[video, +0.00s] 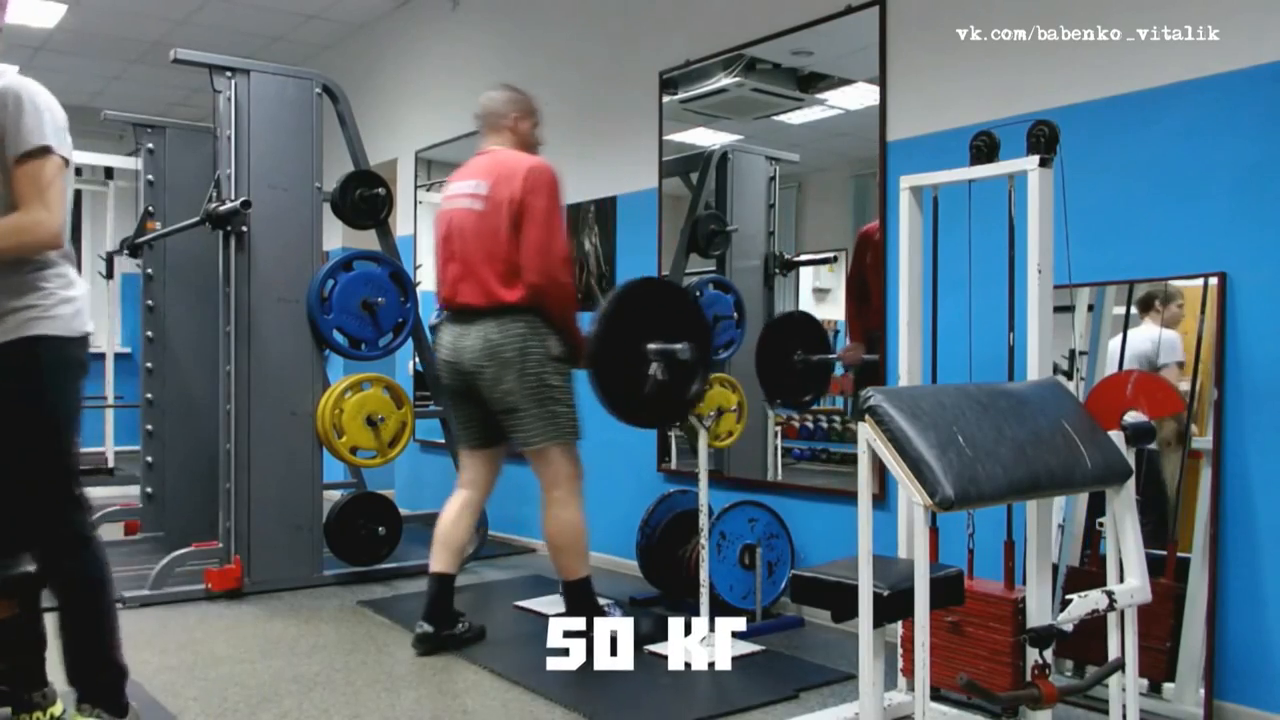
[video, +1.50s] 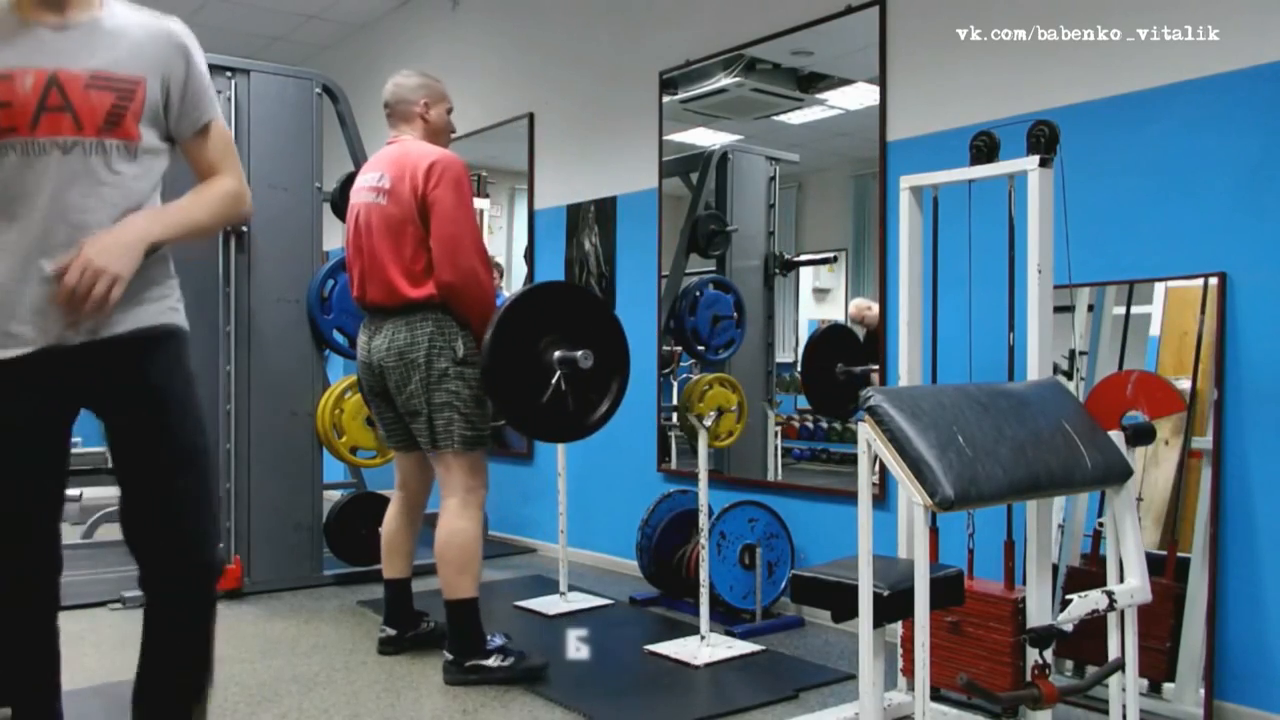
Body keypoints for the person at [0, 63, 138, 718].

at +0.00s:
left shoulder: (19, 94)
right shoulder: (21, 98)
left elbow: (44, 225)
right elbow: (41, 224)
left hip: (37, 328)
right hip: (10, 336)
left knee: (53, 516)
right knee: (6, 529)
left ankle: (103, 700)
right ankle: (24, 693)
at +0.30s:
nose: (1, 26)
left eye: (14, 15)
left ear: (45, 32)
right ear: (1, 28)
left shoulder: (71, 123)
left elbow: (80, 252)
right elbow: (65, 249)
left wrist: (5, 246)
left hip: (82, 339)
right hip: (13, 347)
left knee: (107, 511)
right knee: (23, 528)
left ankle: (148, 683)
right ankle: (29, 698)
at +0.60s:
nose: (54, 13)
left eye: (74, 2)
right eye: (48, 2)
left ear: (114, 20)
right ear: (39, 15)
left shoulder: (145, 115)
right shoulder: (25, 113)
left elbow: (197, 237)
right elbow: (10, 213)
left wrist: (66, 265)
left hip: (146, 346)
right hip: (67, 347)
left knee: (155, 517)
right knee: (73, 501)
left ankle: (164, 685)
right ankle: (94, 647)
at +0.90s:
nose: (77, 12)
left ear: (128, 10)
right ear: (53, 13)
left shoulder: (169, 96)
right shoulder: (34, 114)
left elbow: (250, 210)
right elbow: (11, 212)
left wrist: (128, 242)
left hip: (179, 346)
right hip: (85, 351)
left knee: (183, 525)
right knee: (101, 518)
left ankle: (177, 687)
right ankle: (179, 586)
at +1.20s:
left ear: (117, 0)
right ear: (43, 2)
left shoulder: (170, 87)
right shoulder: (12, 93)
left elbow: (234, 224)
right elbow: (8, 229)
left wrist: (98, 243)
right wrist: (7, 308)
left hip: (161, 350)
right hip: (46, 355)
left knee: (172, 528)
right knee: (32, 543)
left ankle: (176, 687)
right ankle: (33, 708)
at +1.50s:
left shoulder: (160, 41)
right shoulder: (4, 35)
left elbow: (231, 189)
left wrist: (136, 231)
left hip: (139, 333)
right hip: (13, 346)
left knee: (185, 571)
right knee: (17, 586)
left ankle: (169, 712)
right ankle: (31, 711)